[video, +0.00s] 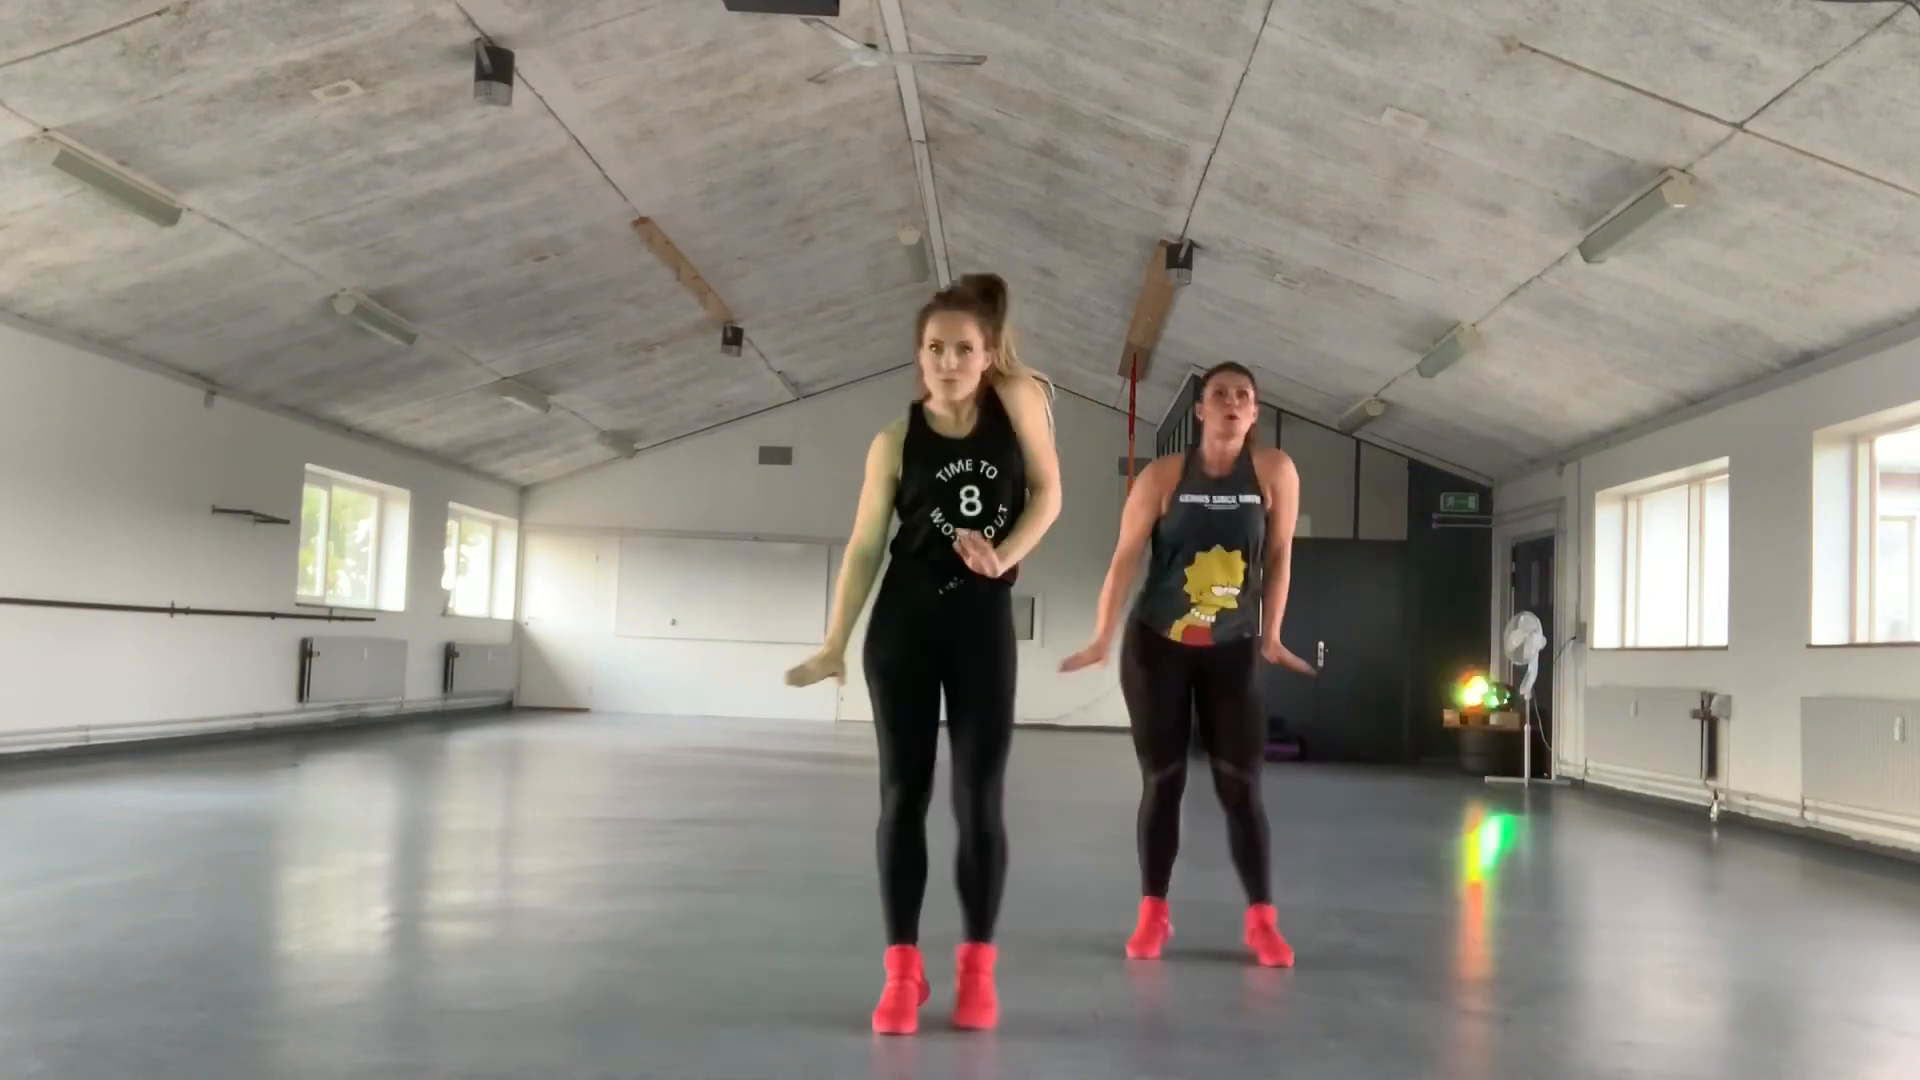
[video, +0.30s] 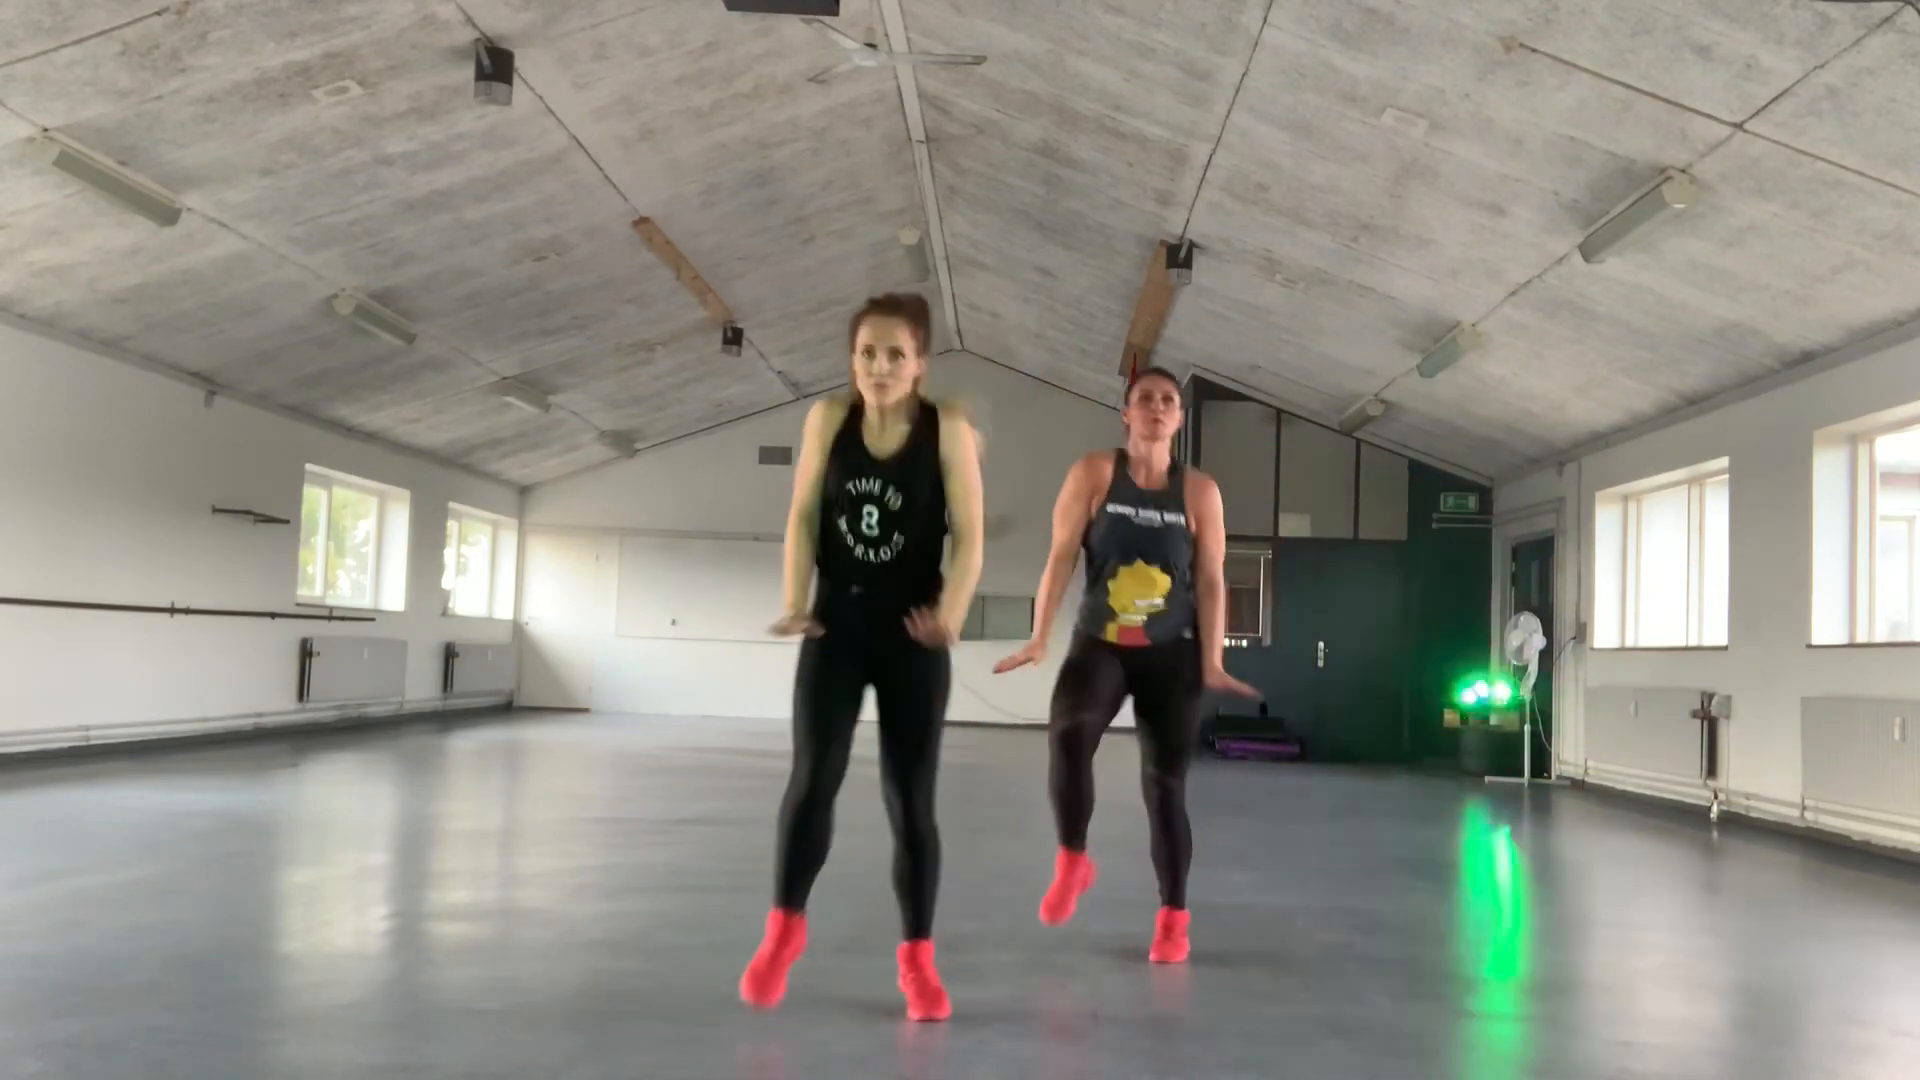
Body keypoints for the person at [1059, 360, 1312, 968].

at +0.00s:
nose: (1232, 405)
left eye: (1242, 397)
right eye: (1220, 396)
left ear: (1255, 411)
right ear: (1198, 407)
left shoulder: (1275, 470)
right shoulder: (1159, 476)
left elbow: (1279, 558)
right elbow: (1126, 559)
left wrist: (1270, 636)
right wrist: (1103, 636)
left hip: (1232, 652)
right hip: (1157, 649)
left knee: (1240, 784)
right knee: (1164, 780)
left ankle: (1261, 915)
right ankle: (1153, 909)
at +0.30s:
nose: (1156, 408)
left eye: (1166, 401)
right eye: (1145, 399)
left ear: (1180, 418)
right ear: (1125, 412)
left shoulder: (1200, 491)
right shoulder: (1092, 474)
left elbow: (1211, 578)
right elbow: (1061, 557)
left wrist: (1213, 660)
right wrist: (1039, 638)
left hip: (1172, 655)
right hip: (1100, 649)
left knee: (1164, 785)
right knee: (1069, 731)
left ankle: (1173, 913)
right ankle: (1071, 858)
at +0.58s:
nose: (1092, 417)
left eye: (1104, 409)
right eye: (1082, 408)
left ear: (1119, 422)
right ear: (1064, 420)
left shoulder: (1139, 501)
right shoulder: (1033, 470)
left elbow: (1151, 591)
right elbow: (1006, 550)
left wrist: (1158, 675)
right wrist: (998, 625)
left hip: (1110, 659)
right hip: (1039, 653)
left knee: (1089, 788)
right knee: (1011, 742)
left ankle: (1083, 912)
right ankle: (1021, 872)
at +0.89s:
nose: (1016, 396)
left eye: (1028, 388)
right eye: (1006, 387)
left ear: (1044, 403)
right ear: (989, 400)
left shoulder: (1068, 478)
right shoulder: (955, 470)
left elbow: (1100, 560)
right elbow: (916, 552)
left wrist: (1085, 632)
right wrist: (853, 593)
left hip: (1026, 647)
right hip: (951, 642)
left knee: (1041, 772)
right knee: (955, 775)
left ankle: (1035, 897)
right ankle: (946, 906)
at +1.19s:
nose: (946, 402)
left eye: (957, 395)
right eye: (936, 393)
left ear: (970, 412)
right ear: (916, 405)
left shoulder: (983, 489)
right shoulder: (874, 465)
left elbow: (1034, 556)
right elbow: (783, 458)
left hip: (972, 645)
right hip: (900, 648)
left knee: (966, 775)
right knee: (833, 754)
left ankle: (982, 905)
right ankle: (808, 891)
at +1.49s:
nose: (888, 416)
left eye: (898, 407)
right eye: (878, 407)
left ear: (915, 417)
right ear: (862, 415)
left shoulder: (937, 475)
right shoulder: (832, 464)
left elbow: (974, 400)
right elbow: (771, 409)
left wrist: (931, 348)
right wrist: (756, 337)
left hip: (884, 661)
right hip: (813, 650)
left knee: (945, 771)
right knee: (791, 774)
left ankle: (953, 911)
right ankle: (751, 908)